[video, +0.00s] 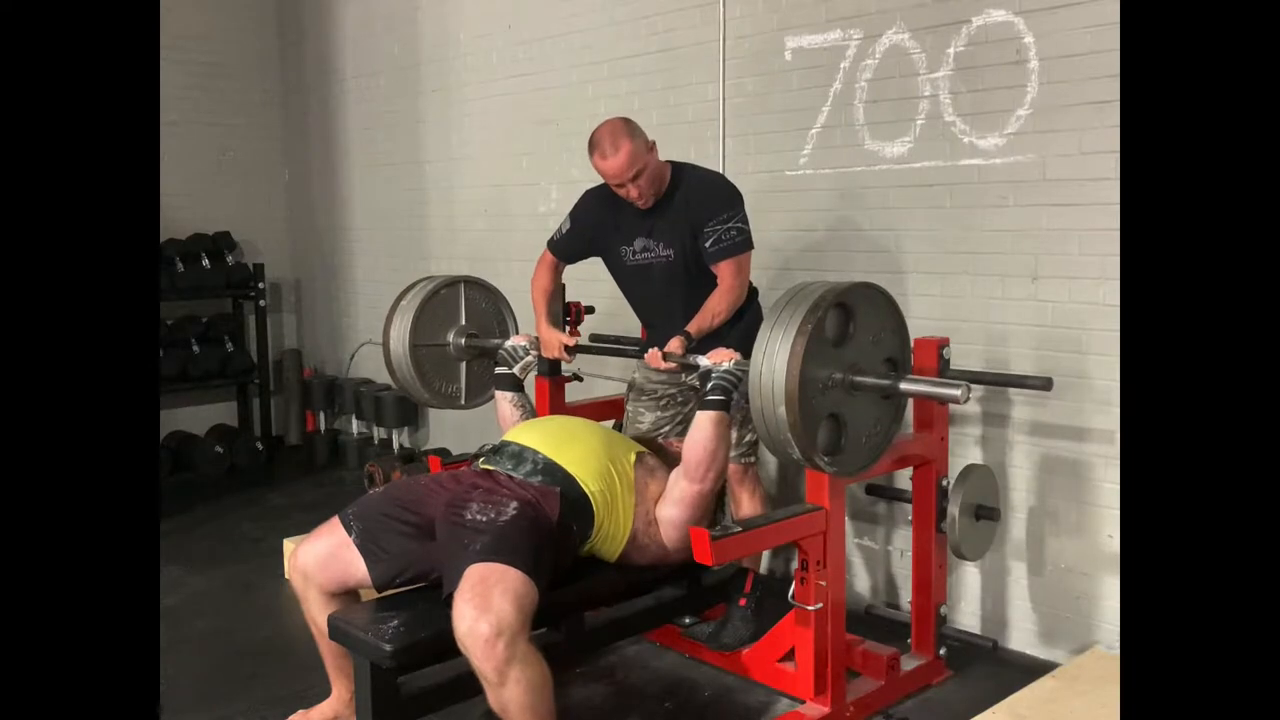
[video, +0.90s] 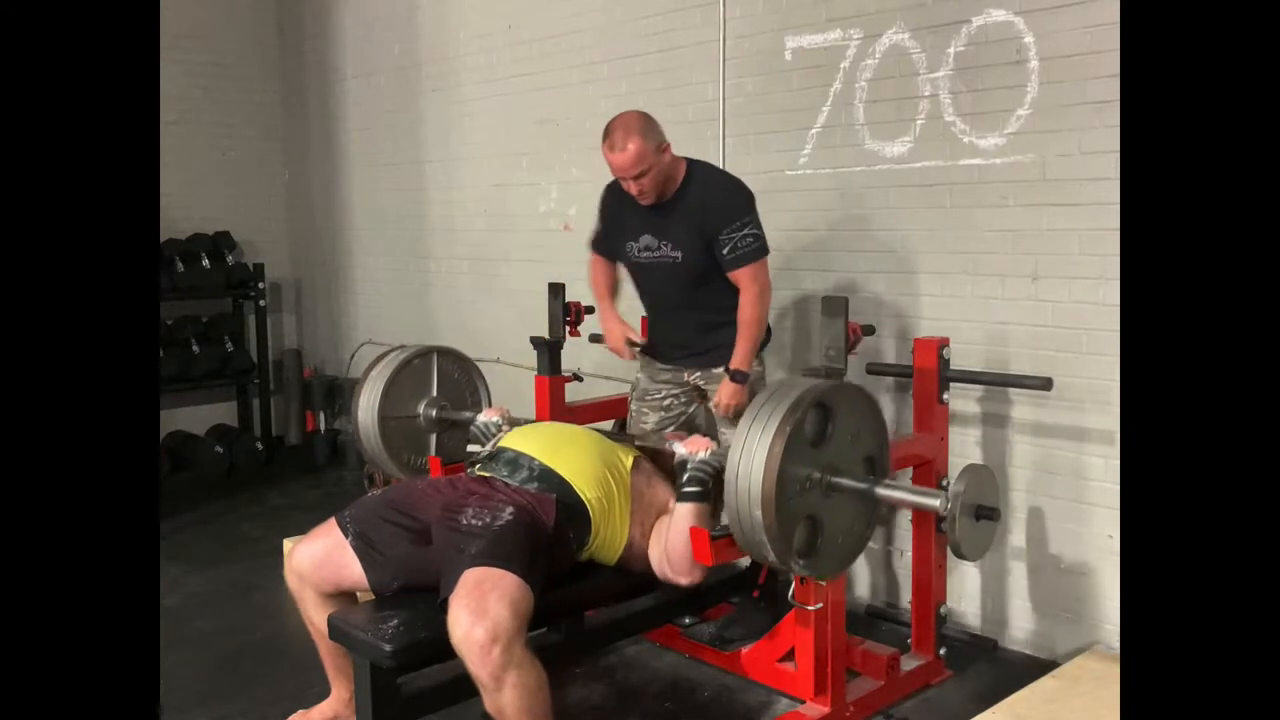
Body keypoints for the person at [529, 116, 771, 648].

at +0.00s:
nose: (632, 192)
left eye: (636, 177)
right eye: (617, 185)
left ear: (654, 150)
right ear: (600, 175)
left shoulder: (710, 193)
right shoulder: (598, 208)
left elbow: (734, 286)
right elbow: (549, 263)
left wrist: (684, 337)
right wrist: (545, 324)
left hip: (725, 347)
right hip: (659, 353)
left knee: (736, 467)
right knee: (651, 461)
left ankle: (756, 587)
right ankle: (694, 576)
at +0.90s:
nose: (632, 189)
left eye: (640, 176)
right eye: (622, 179)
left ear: (666, 151)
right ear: (612, 169)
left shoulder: (722, 196)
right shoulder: (617, 200)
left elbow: (756, 287)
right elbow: (602, 256)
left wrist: (738, 374)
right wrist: (609, 317)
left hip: (728, 365)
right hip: (661, 364)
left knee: (739, 475)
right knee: (648, 471)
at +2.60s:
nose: (703, 146)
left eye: (712, 133)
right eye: (690, 136)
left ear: (726, 124)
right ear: (672, 135)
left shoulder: (765, 178)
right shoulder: (659, 191)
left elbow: (784, 262)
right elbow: (617, 245)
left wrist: (746, 311)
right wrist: (613, 293)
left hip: (753, 353)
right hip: (683, 352)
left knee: (756, 462)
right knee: (658, 442)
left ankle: (770, 587)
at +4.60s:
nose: (673, 146)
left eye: (681, 133)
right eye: (662, 139)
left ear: (702, 123)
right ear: (651, 139)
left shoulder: (744, 180)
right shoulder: (650, 192)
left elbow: (771, 254)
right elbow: (625, 268)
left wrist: (764, 323)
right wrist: (631, 318)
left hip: (730, 358)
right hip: (666, 356)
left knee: (744, 463)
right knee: (646, 452)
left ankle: (766, 582)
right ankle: (664, 563)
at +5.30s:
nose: (653, 146)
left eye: (659, 135)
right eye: (649, 136)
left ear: (692, 124)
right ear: (670, 128)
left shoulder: (757, 168)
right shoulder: (659, 180)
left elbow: (784, 249)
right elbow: (633, 255)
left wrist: (759, 328)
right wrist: (627, 318)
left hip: (735, 356)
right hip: (671, 355)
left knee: (745, 468)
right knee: (662, 457)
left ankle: (764, 584)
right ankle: (663, 571)